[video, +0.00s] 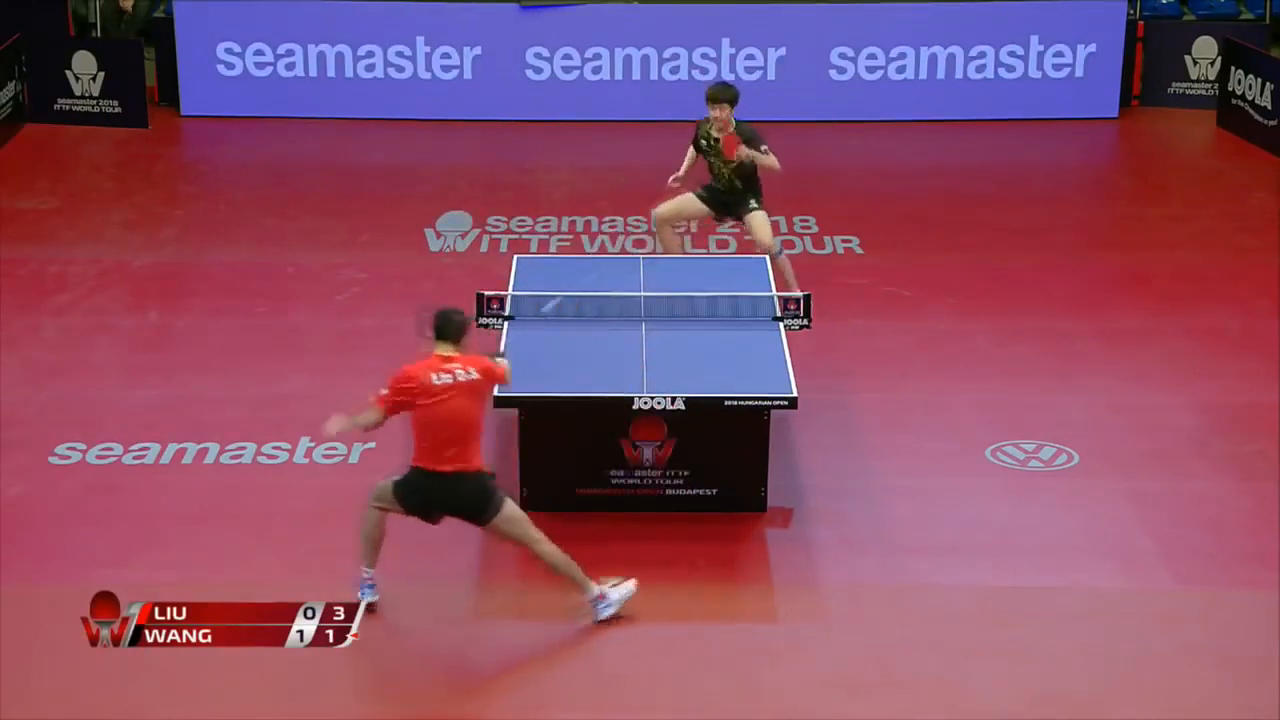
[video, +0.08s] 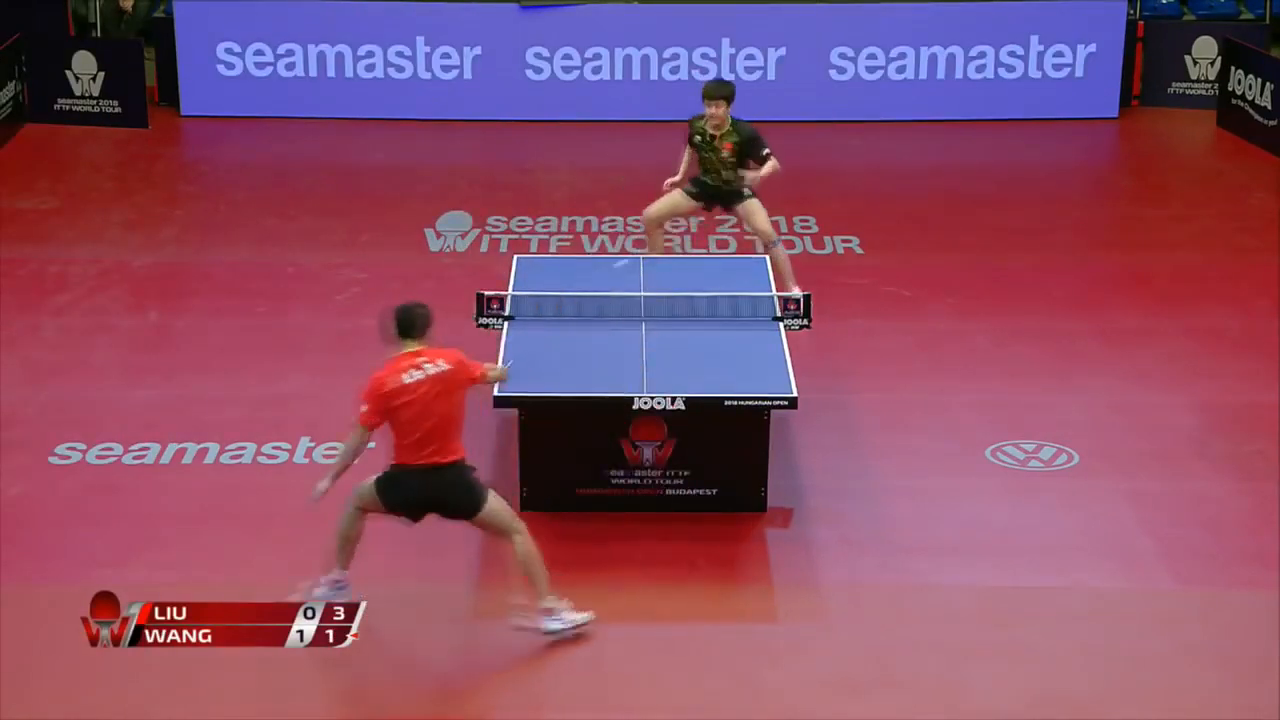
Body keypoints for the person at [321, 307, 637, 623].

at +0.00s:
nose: (469, 335)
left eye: (459, 332)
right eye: (468, 332)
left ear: (433, 334)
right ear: (463, 335)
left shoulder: (413, 375)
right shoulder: (480, 369)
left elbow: (373, 418)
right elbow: (505, 372)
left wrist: (345, 424)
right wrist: (497, 360)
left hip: (425, 484)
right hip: (471, 485)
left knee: (378, 499)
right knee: (534, 538)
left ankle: (366, 583)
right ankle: (597, 594)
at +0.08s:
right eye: (428, 327)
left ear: (397, 333)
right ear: (428, 330)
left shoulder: (384, 379)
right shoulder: (453, 362)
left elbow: (359, 438)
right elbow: (497, 374)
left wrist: (329, 478)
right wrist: (504, 369)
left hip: (406, 484)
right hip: (454, 481)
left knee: (358, 502)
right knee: (516, 530)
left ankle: (337, 578)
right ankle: (551, 607)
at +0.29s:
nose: (373, 367)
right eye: (373, 362)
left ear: (338, 368)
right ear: (371, 367)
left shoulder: (319, 420)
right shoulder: (391, 410)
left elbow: (308, 471)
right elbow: (443, 439)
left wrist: (305, 453)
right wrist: (476, 412)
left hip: (349, 525)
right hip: (397, 522)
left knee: (310, 544)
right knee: (467, 555)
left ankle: (280, 620)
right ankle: (493, 636)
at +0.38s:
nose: (371, 371)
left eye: (369, 365)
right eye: (370, 366)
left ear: (332, 369)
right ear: (365, 372)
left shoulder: (301, 410)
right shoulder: (372, 419)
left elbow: (278, 447)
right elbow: (429, 451)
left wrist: (316, 439)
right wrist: (457, 427)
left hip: (315, 530)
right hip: (362, 529)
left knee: (295, 535)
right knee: (441, 561)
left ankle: (272, 618)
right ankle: (487, 638)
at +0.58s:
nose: (355, 393)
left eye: (351, 385)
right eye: (354, 387)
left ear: (315, 386)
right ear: (349, 394)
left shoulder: (285, 415)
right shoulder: (343, 444)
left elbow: (255, 444)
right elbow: (391, 492)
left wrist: (292, 463)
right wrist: (441, 499)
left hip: (243, 527)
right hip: (282, 542)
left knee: (234, 565)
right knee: (352, 600)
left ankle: (195, 636)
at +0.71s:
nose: (345, 447)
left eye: (344, 440)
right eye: (344, 442)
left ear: (307, 439)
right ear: (337, 449)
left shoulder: (295, 459)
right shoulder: (313, 499)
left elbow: (325, 488)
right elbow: (317, 570)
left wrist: (341, 519)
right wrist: (349, 601)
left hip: (213, 568)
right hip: (242, 586)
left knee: (211, 613)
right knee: (326, 611)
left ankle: (135, 656)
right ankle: (311, 706)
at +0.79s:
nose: (354, 475)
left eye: (352, 470)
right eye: (351, 470)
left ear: (326, 475)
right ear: (336, 479)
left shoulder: (331, 494)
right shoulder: (298, 522)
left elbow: (386, 504)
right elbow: (285, 590)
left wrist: (418, 533)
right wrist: (319, 626)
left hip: (238, 579)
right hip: (237, 592)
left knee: (205, 630)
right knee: (321, 630)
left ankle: (138, 655)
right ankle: (301, 708)